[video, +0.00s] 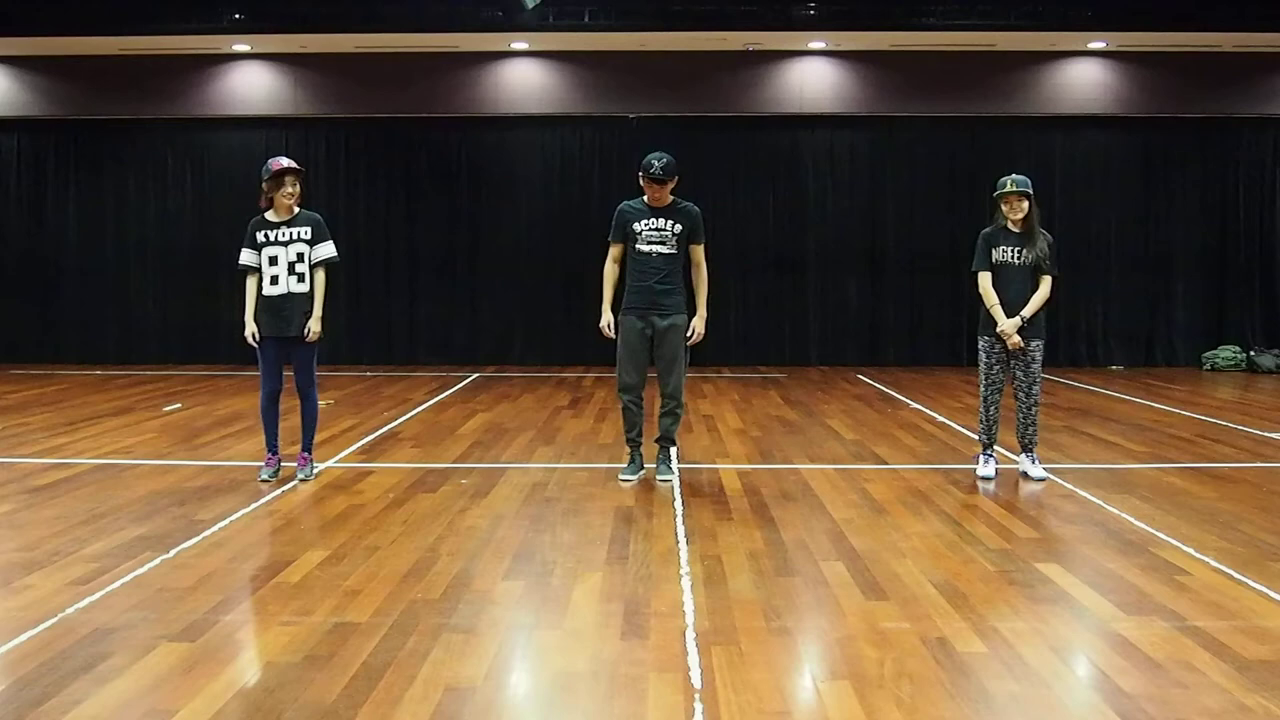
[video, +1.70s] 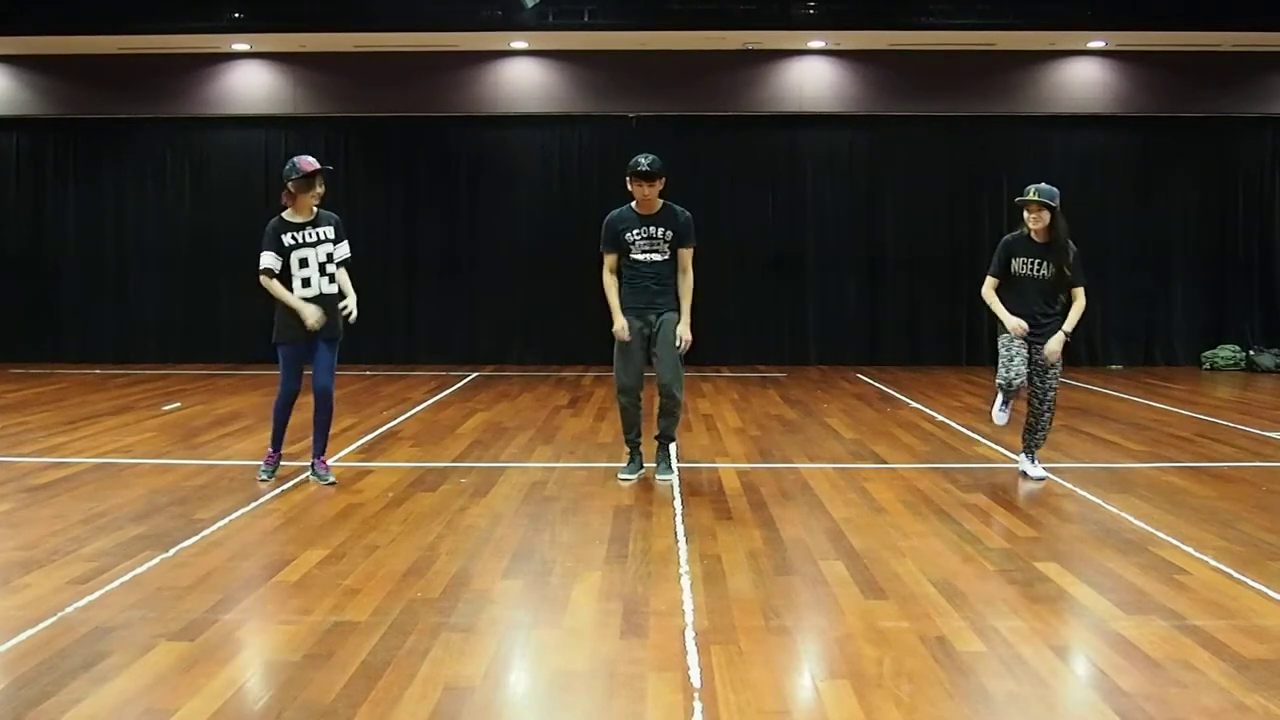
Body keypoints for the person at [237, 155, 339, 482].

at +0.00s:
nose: (291, 190)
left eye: (295, 184)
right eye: (284, 185)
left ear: (299, 187)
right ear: (270, 189)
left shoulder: (312, 222)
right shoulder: (257, 226)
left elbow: (319, 271)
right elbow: (252, 275)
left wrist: (317, 316)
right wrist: (249, 319)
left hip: (302, 322)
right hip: (268, 323)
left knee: (306, 389)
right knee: (270, 390)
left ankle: (306, 455)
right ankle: (272, 455)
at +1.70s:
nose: (318, 191)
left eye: (320, 184)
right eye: (310, 186)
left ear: (322, 186)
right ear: (291, 190)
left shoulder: (330, 222)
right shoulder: (277, 228)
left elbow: (339, 266)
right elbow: (266, 277)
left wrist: (350, 294)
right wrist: (301, 305)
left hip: (329, 317)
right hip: (292, 319)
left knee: (324, 388)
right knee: (290, 388)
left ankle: (319, 459)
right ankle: (274, 454)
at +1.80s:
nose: (328, 198)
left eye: (329, 191)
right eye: (321, 193)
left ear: (331, 192)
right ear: (301, 194)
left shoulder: (340, 223)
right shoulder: (284, 227)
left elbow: (358, 266)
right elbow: (273, 274)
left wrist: (351, 271)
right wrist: (317, 273)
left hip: (334, 318)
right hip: (300, 319)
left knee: (328, 390)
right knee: (309, 386)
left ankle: (320, 459)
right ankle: (282, 439)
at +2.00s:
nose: (341, 190)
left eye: (342, 183)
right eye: (333, 185)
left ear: (347, 184)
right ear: (315, 188)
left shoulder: (353, 219)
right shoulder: (301, 221)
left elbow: (381, 260)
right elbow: (301, 262)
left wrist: (374, 232)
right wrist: (332, 230)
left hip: (347, 313)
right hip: (314, 311)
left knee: (331, 383)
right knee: (343, 374)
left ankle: (319, 455)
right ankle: (316, 439)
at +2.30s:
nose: (365, 182)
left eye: (364, 176)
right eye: (357, 178)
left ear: (363, 182)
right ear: (339, 186)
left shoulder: (372, 222)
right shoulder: (329, 226)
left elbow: (402, 259)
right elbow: (356, 257)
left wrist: (401, 222)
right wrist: (366, 216)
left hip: (373, 317)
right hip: (344, 319)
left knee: (384, 392)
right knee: (362, 393)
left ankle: (339, 444)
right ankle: (350, 468)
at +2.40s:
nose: (376, 177)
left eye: (374, 171)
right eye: (368, 173)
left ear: (365, 180)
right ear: (350, 181)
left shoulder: (379, 218)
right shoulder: (341, 223)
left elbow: (416, 249)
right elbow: (376, 247)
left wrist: (413, 213)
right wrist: (380, 209)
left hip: (383, 320)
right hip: (353, 323)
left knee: (408, 383)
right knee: (359, 395)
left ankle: (374, 444)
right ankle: (349, 470)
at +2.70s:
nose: (407, 174)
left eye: (405, 169)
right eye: (398, 171)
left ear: (396, 179)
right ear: (381, 181)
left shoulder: (410, 217)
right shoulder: (376, 222)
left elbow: (442, 254)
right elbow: (417, 242)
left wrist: (444, 216)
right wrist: (417, 204)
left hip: (424, 317)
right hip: (394, 320)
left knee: (429, 391)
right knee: (403, 394)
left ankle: (421, 472)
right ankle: (359, 457)